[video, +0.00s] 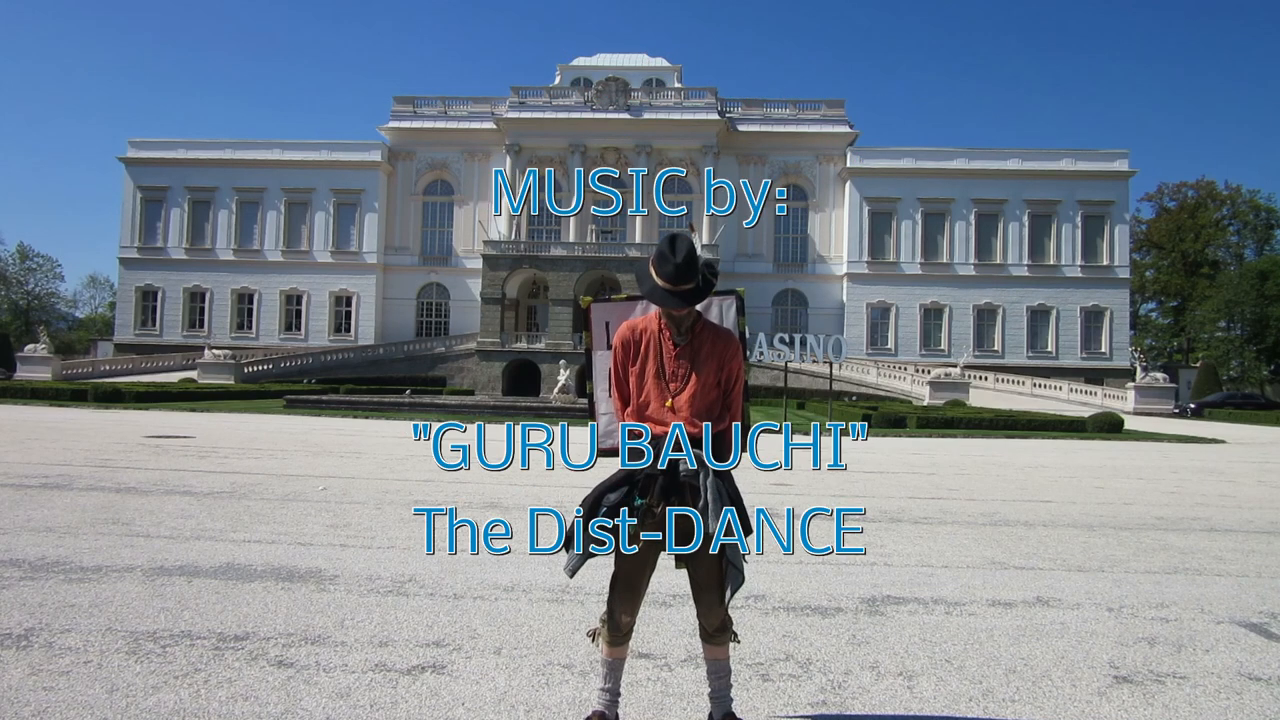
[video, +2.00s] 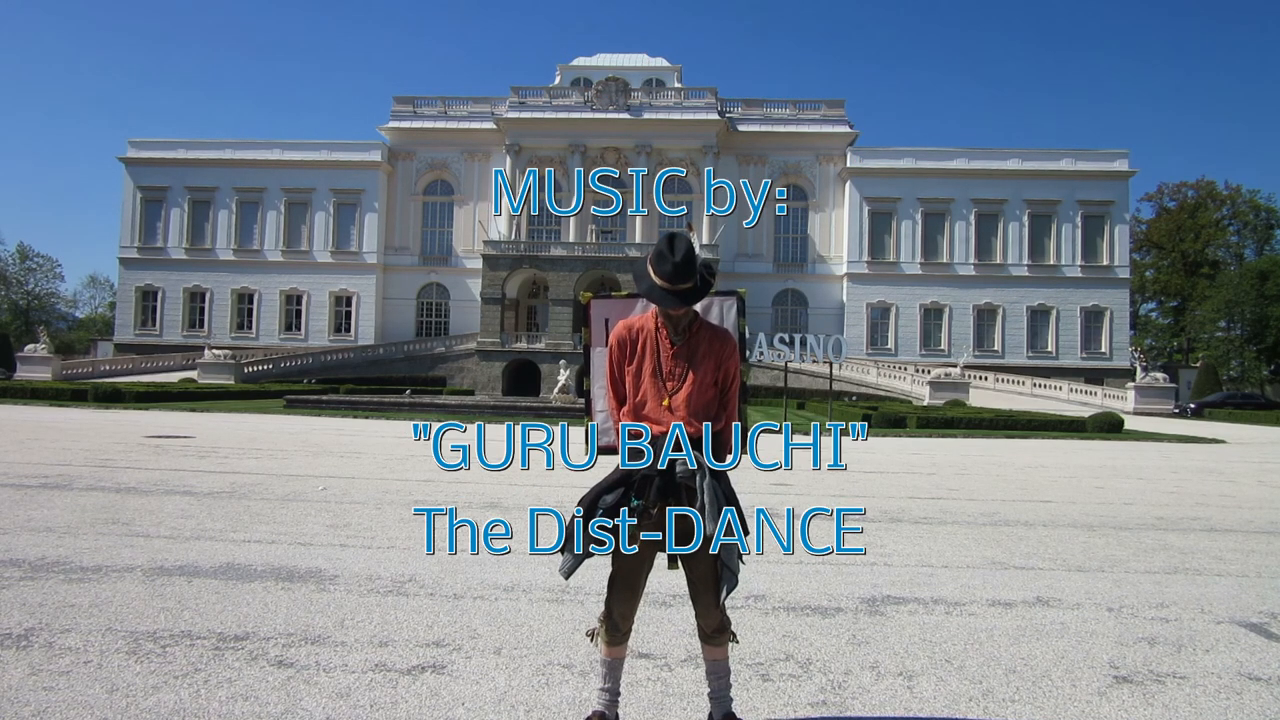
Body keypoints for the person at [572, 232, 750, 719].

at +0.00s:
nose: (680, 309)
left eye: (688, 299)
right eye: (670, 300)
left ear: (701, 291)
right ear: (655, 291)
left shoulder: (726, 345)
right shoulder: (629, 337)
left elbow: (733, 426)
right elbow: (622, 416)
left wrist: (702, 448)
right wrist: (659, 439)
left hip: (703, 494)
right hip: (644, 490)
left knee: (713, 607)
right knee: (622, 604)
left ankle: (721, 707)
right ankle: (607, 701)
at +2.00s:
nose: (676, 308)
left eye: (684, 299)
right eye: (667, 299)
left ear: (697, 293)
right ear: (653, 291)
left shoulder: (723, 344)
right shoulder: (626, 336)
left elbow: (729, 422)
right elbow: (618, 411)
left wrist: (705, 460)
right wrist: (641, 447)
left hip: (699, 489)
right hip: (640, 486)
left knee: (710, 603)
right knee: (621, 599)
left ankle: (721, 705)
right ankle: (608, 700)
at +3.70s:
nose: (676, 314)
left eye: (684, 305)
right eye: (667, 305)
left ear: (697, 298)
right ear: (652, 296)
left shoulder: (718, 342)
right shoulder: (622, 336)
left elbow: (756, 405)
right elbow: (612, 411)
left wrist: (780, 470)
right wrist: (633, 467)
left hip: (698, 481)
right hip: (638, 480)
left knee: (709, 603)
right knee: (620, 599)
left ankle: (720, 706)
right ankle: (606, 701)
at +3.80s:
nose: (678, 314)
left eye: (686, 304)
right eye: (669, 304)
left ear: (698, 297)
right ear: (653, 295)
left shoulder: (717, 338)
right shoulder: (623, 336)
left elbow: (775, 377)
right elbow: (611, 415)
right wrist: (631, 471)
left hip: (699, 481)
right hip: (639, 481)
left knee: (709, 603)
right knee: (620, 601)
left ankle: (721, 706)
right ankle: (606, 702)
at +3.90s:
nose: (679, 317)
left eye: (688, 308)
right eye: (670, 308)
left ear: (701, 299)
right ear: (654, 297)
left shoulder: (717, 335)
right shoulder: (625, 335)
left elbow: (779, 346)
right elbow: (612, 410)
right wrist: (629, 469)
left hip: (699, 478)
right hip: (638, 477)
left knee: (710, 600)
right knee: (621, 599)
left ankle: (721, 706)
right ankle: (606, 702)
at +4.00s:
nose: (678, 317)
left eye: (687, 308)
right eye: (669, 307)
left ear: (701, 296)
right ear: (653, 297)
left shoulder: (718, 329)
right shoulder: (627, 334)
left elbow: (776, 308)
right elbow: (610, 408)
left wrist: (752, 257)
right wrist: (628, 468)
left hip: (698, 475)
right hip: (639, 474)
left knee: (711, 598)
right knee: (623, 594)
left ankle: (721, 707)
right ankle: (606, 700)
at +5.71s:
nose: (687, 298)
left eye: (695, 288)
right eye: (677, 289)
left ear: (707, 290)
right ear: (660, 292)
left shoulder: (718, 336)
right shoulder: (634, 341)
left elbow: (788, 367)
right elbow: (587, 408)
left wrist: (777, 333)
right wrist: (556, 472)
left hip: (711, 476)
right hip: (651, 477)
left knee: (757, 590)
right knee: (632, 603)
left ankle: (767, 693)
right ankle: (608, 702)